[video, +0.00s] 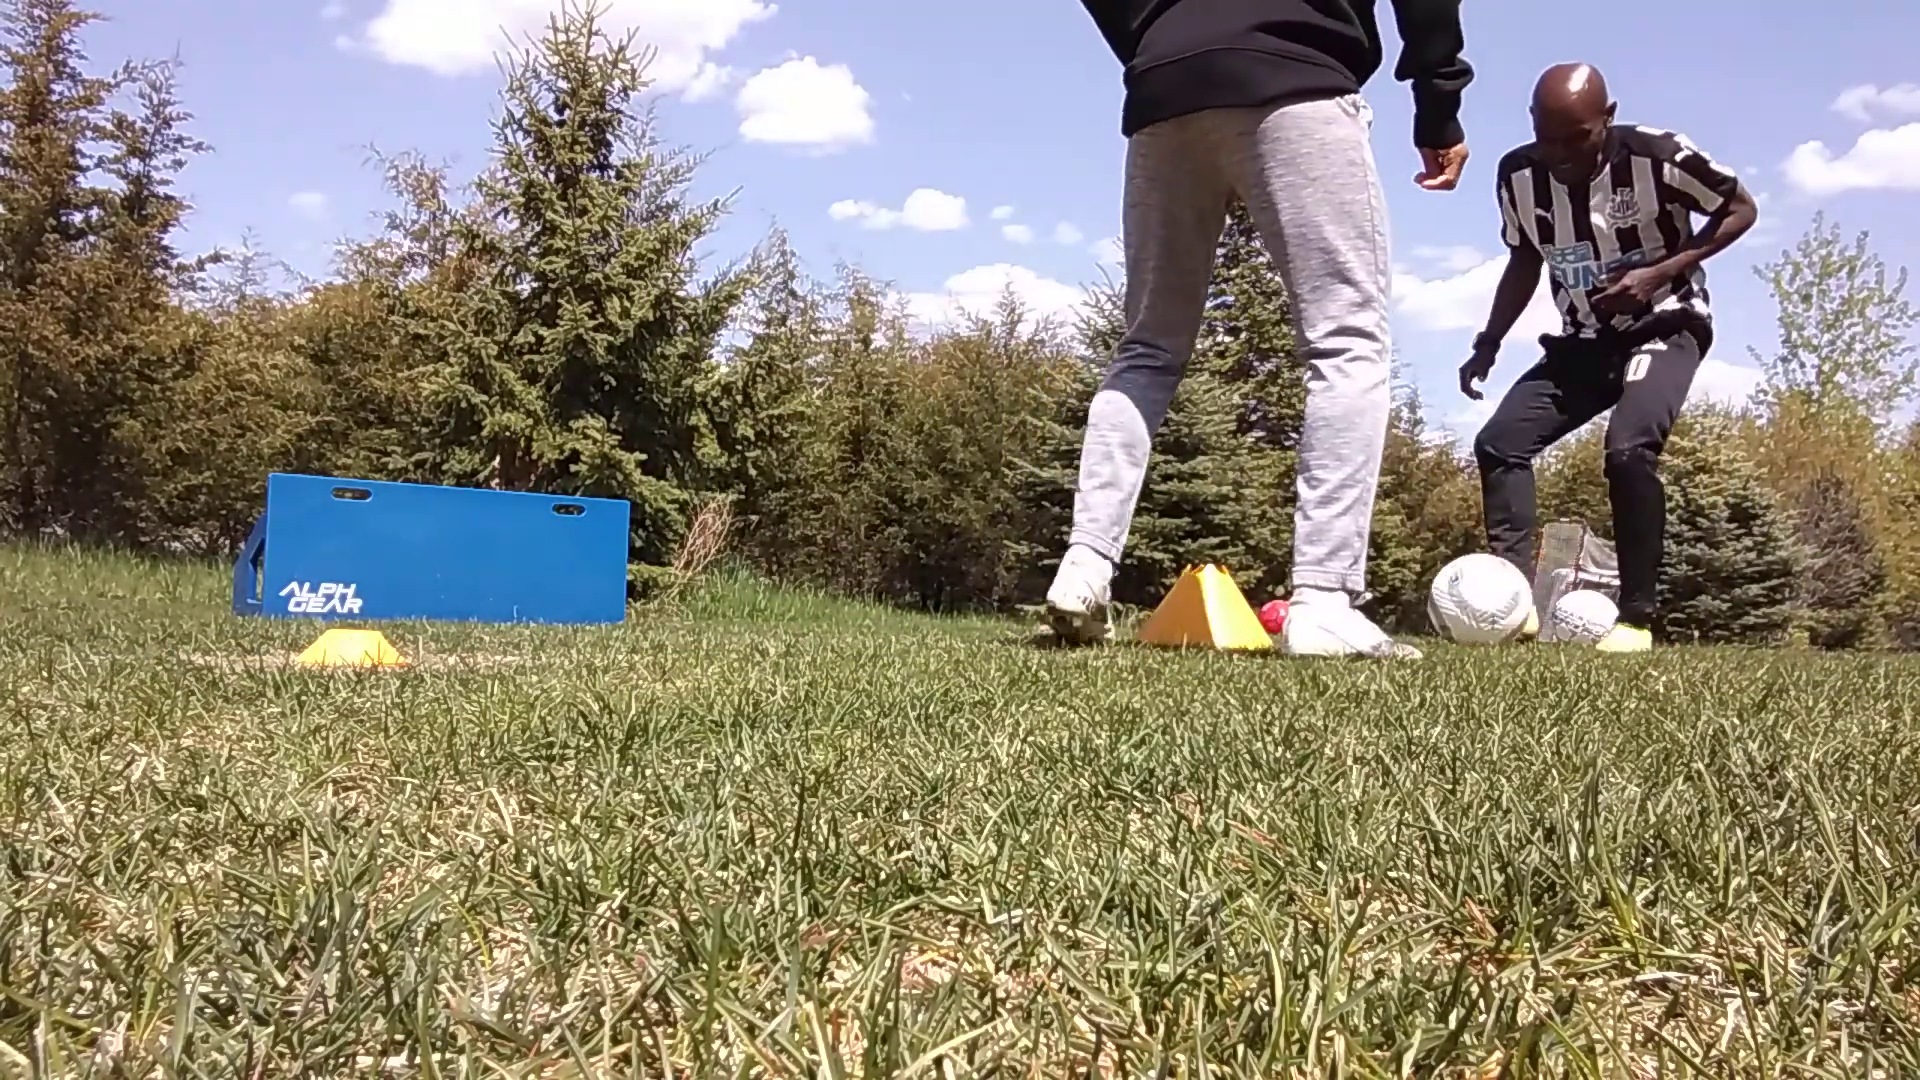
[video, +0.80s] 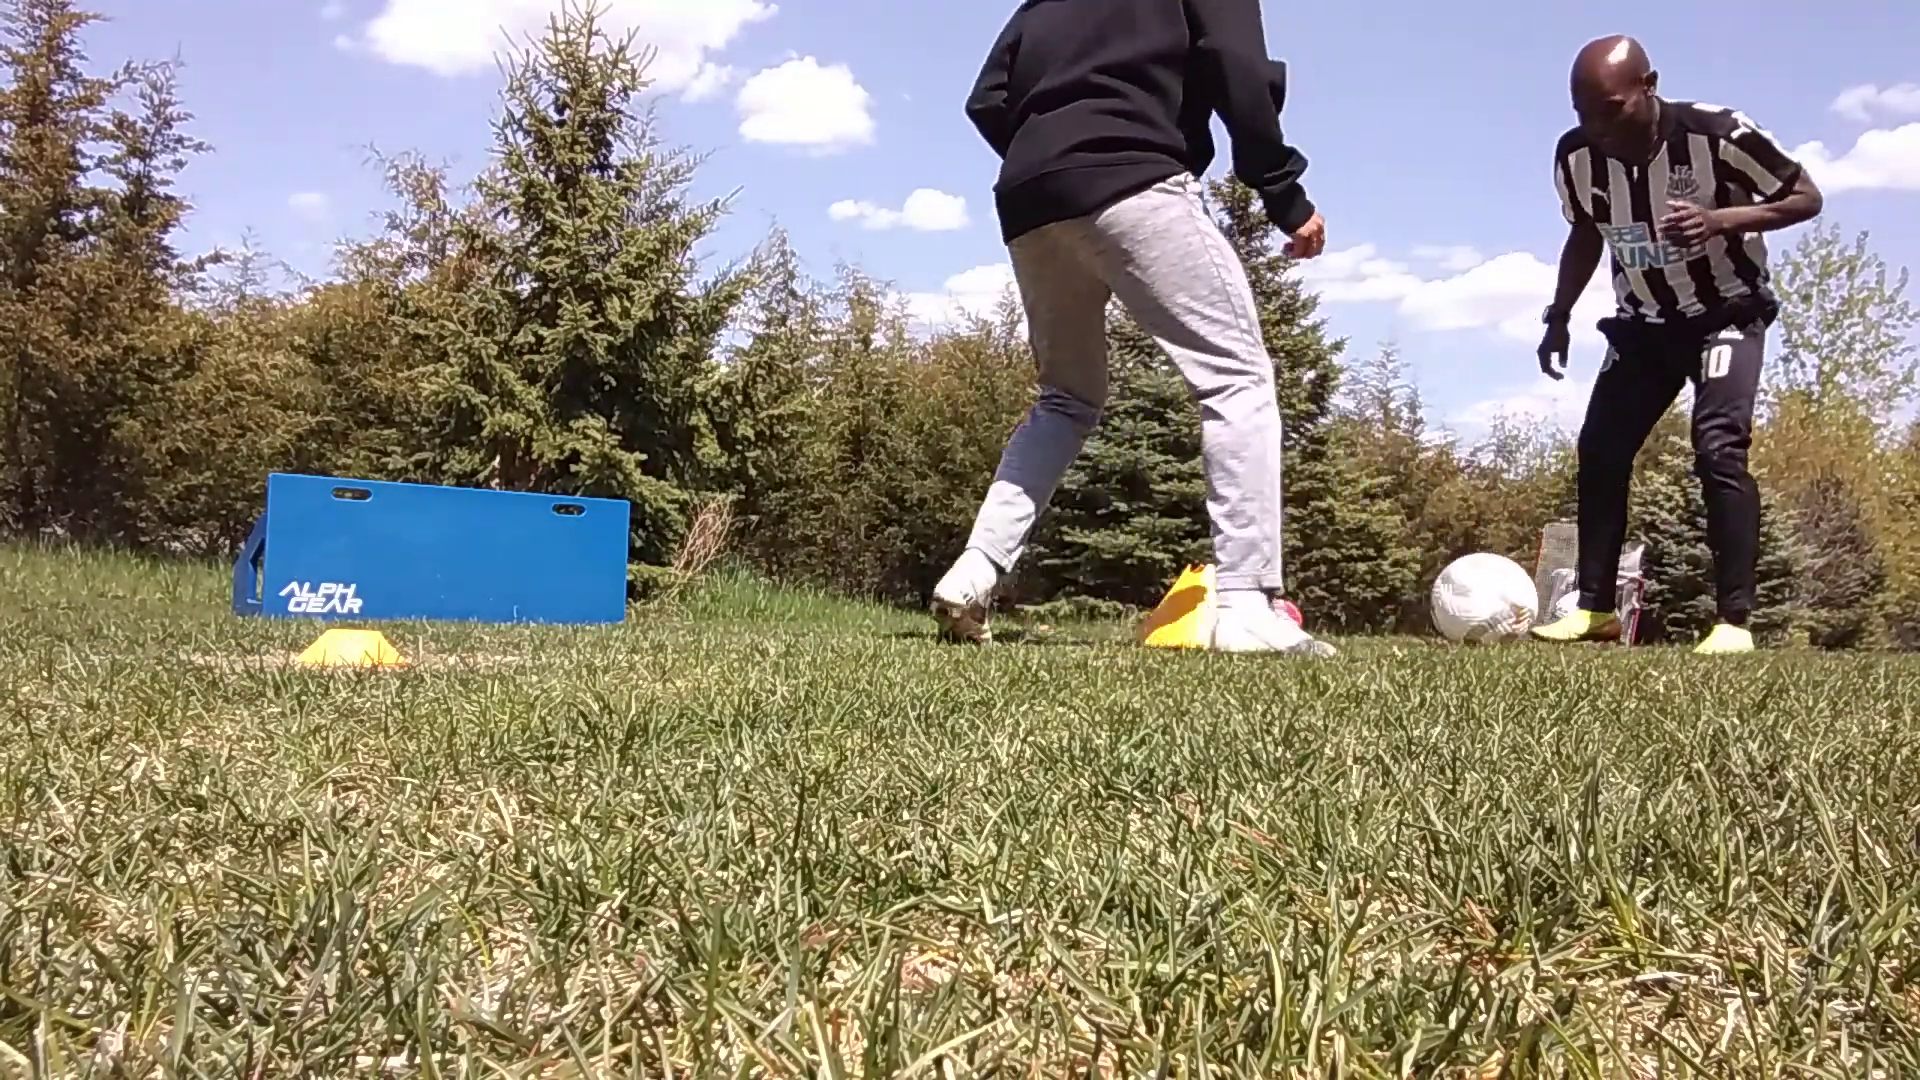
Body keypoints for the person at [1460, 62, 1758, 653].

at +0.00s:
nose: (1564, 151)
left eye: (1578, 137)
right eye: (1551, 137)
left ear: (1608, 116)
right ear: (1534, 124)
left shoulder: (1660, 156)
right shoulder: (1518, 176)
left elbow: (1740, 209)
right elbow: (1525, 259)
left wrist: (1666, 270)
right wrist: (1490, 339)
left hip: (1664, 330)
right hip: (1587, 341)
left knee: (1628, 452)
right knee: (1499, 445)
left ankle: (1636, 620)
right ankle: (1512, 603)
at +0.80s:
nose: (1593, 125)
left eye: (1605, 109)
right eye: (1585, 110)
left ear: (1646, 89)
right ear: (1578, 102)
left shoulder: (1718, 133)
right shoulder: (1576, 156)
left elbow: (1806, 198)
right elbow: (1586, 233)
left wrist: (1721, 219)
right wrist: (1558, 314)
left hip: (1727, 318)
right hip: (1646, 325)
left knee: (1718, 450)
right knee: (1600, 450)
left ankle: (1734, 624)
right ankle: (1595, 608)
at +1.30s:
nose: (1586, 117)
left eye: (1599, 101)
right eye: (1580, 103)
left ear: (1645, 87)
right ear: (1575, 100)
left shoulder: (1723, 128)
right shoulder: (1593, 166)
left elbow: (1824, 181)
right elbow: (1619, 245)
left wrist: (1729, 232)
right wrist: (1599, 335)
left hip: (1753, 314)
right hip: (1676, 328)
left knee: (1718, 446)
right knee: (1618, 455)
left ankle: (1738, 625)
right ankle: (1635, 610)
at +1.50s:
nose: (1572, 134)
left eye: (1585, 117)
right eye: (1566, 120)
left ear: (1630, 103)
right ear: (1563, 117)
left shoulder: (1704, 142)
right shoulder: (1574, 182)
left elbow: (1801, 190)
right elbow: (1590, 262)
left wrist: (1722, 245)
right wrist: (1559, 347)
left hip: (1736, 320)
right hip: (1660, 340)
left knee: (1719, 446)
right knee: (1635, 469)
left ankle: (1737, 623)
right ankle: (1638, 624)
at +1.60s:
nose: (1565, 139)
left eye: (1576, 122)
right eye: (1558, 125)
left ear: (1621, 108)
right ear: (1556, 123)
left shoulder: (1698, 145)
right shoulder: (1570, 188)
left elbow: (1793, 189)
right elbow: (1587, 261)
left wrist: (1718, 244)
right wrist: (1555, 332)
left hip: (1735, 324)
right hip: (1658, 343)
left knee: (1727, 450)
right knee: (1633, 469)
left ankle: (1742, 619)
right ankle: (1638, 624)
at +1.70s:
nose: (1565, 141)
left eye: (1575, 124)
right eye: (1559, 128)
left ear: (1620, 110)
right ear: (1559, 127)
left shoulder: (1698, 146)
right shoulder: (1571, 191)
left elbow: (1793, 194)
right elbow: (1589, 264)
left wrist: (1714, 248)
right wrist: (1557, 333)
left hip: (1739, 325)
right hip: (1663, 345)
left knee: (1729, 447)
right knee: (1635, 472)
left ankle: (1747, 614)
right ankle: (1638, 625)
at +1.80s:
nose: (1578, 137)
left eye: (1588, 121)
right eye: (1572, 124)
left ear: (1633, 105)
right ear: (1571, 122)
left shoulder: (1711, 144)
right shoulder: (1582, 185)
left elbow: (1804, 201)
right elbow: (1600, 260)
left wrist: (1723, 245)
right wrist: (1568, 332)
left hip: (1741, 324)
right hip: (1665, 343)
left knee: (1728, 449)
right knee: (1641, 470)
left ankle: (1754, 618)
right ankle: (1640, 624)